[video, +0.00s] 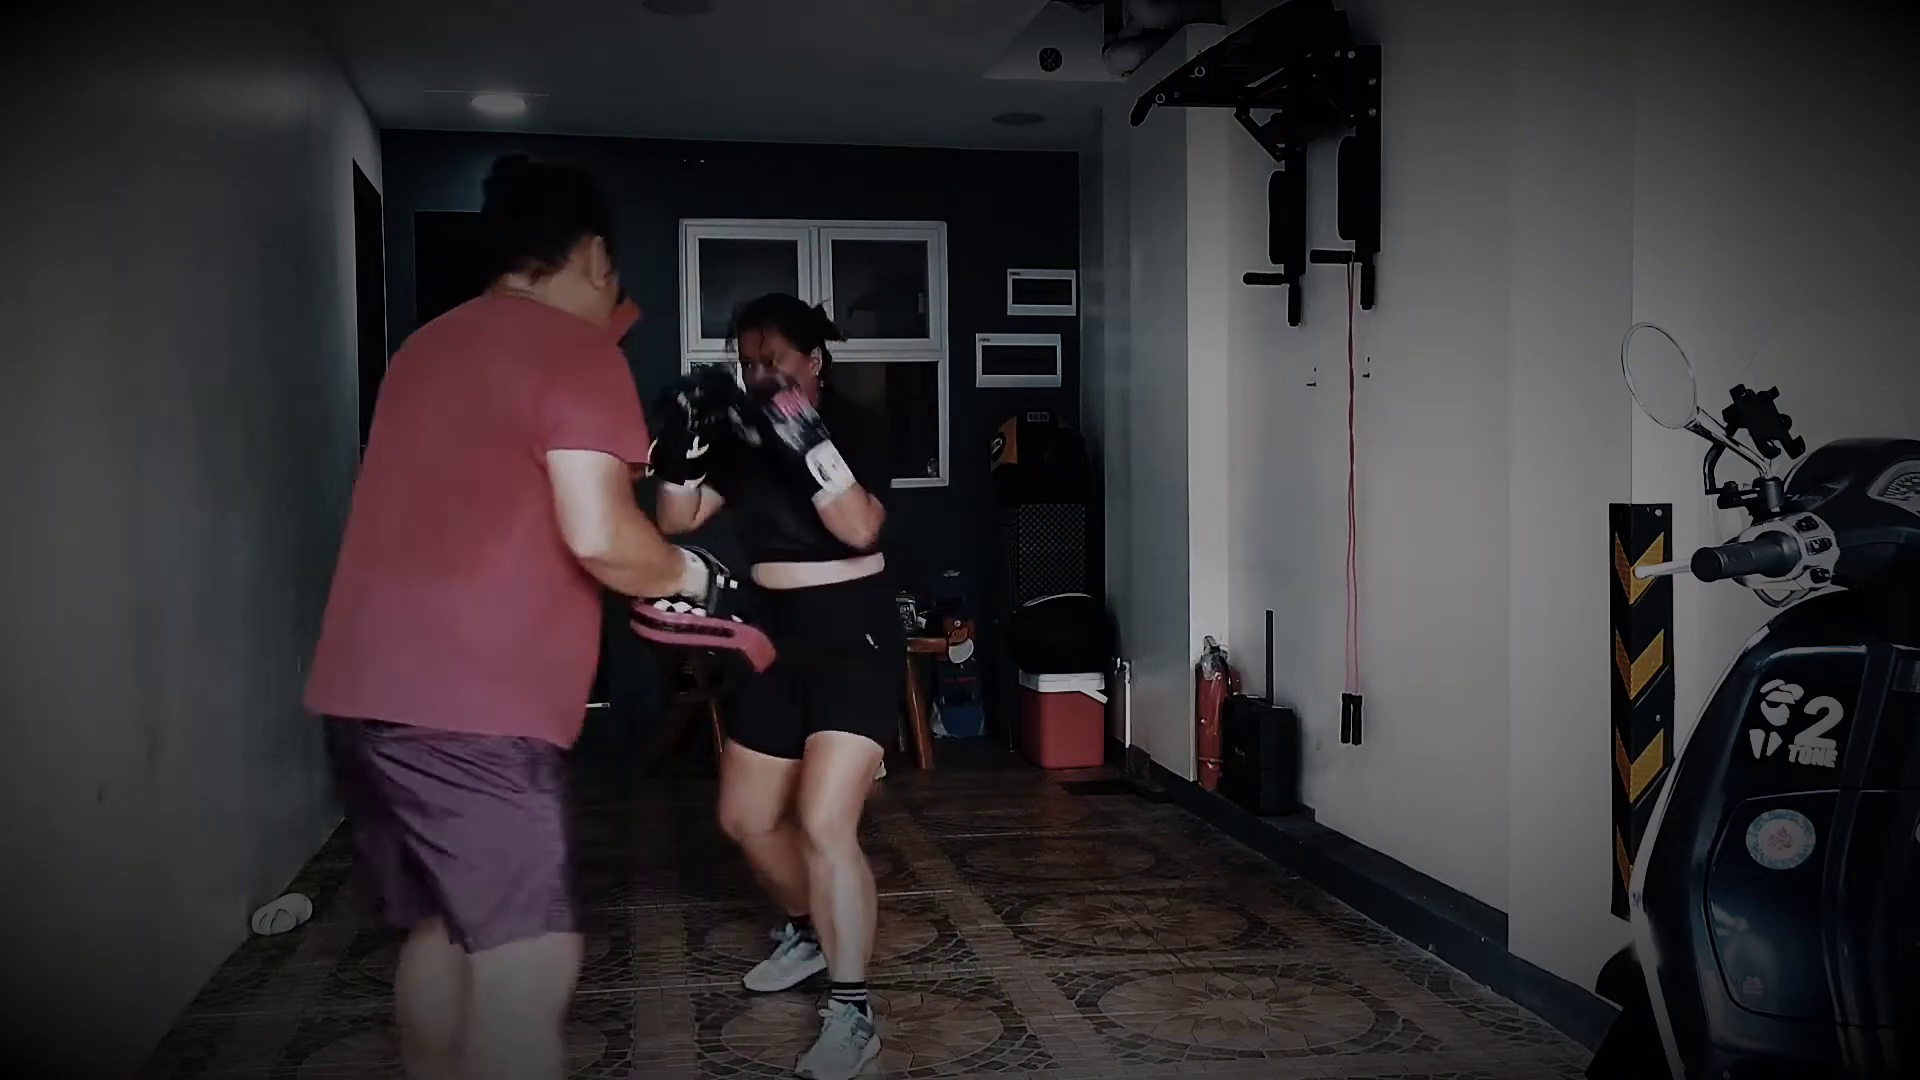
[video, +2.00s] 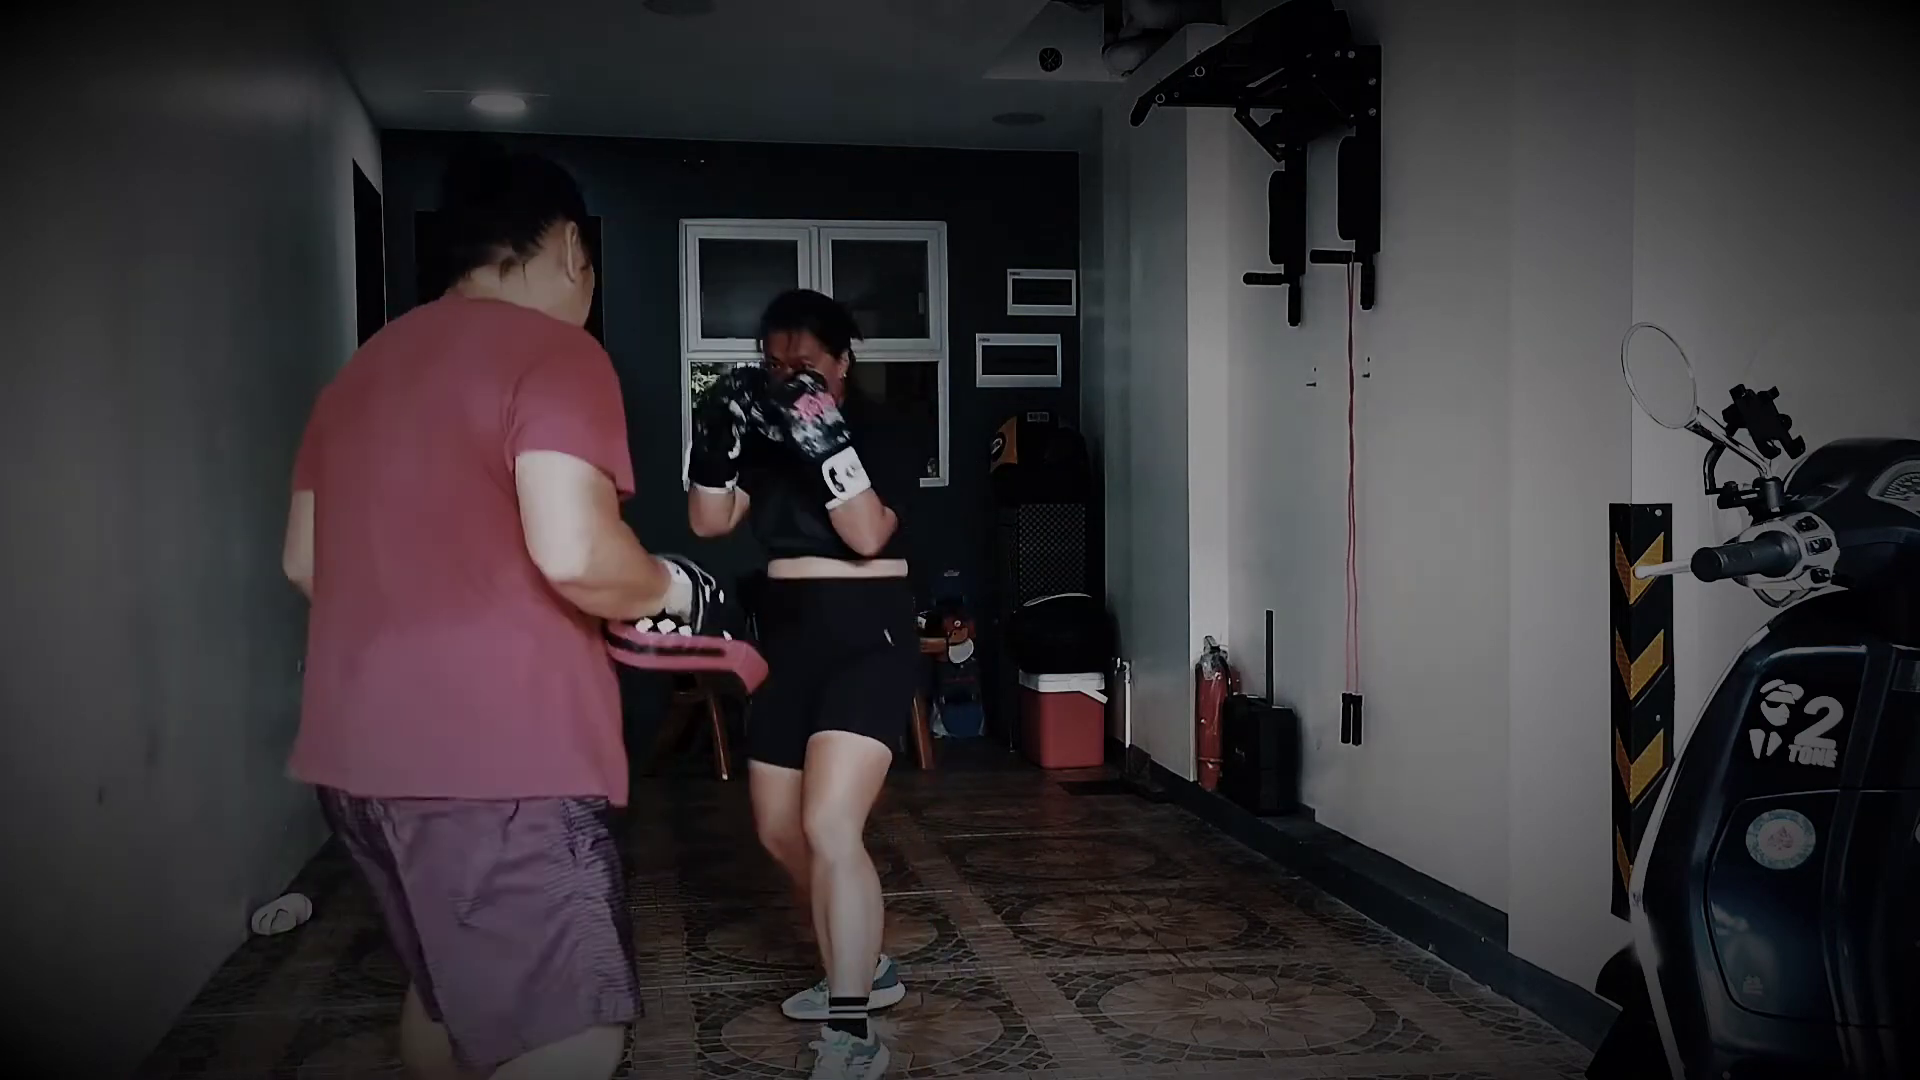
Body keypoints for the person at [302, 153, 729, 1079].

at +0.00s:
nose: (615, 293)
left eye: (609, 270)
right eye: (609, 267)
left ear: (509, 256)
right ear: (582, 252)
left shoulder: (425, 347)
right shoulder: (574, 348)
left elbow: (482, 509)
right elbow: (602, 537)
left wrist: (638, 559)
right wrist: (689, 574)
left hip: (368, 699)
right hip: (479, 712)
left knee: (436, 930)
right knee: (529, 955)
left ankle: (436, 1075)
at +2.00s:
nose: (589, 297)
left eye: (586, 274)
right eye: (588, 271)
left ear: (465, 251)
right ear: (564, 242)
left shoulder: (360, 370)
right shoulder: (549, 350)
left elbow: (306, 560)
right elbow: (576, 554)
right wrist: (666, 588)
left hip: (358, 766)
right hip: (497, 773)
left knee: (440, 991)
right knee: (563, 1037)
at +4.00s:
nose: (477, 277)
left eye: (478, 256)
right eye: (478, 252)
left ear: (355, 234)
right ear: (444, 235)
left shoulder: (263, 343)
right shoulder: (425, 335)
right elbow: (587, 453)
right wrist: (612, 358)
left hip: (257, 720)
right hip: (353, 731)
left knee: (332, 985)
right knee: (367, 995)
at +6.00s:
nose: (650, 366)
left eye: (660, 352)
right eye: (634, 349)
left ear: (668, 357)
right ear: (589, 350)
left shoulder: (672, 429)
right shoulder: (529, 420)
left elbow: (723, 516)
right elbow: (491, 528)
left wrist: (745, 455)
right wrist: (564, 519)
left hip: (652, 667)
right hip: (535, 671)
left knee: (711, 784)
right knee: (481, 817)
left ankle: (736, 938)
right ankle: (451, 939)